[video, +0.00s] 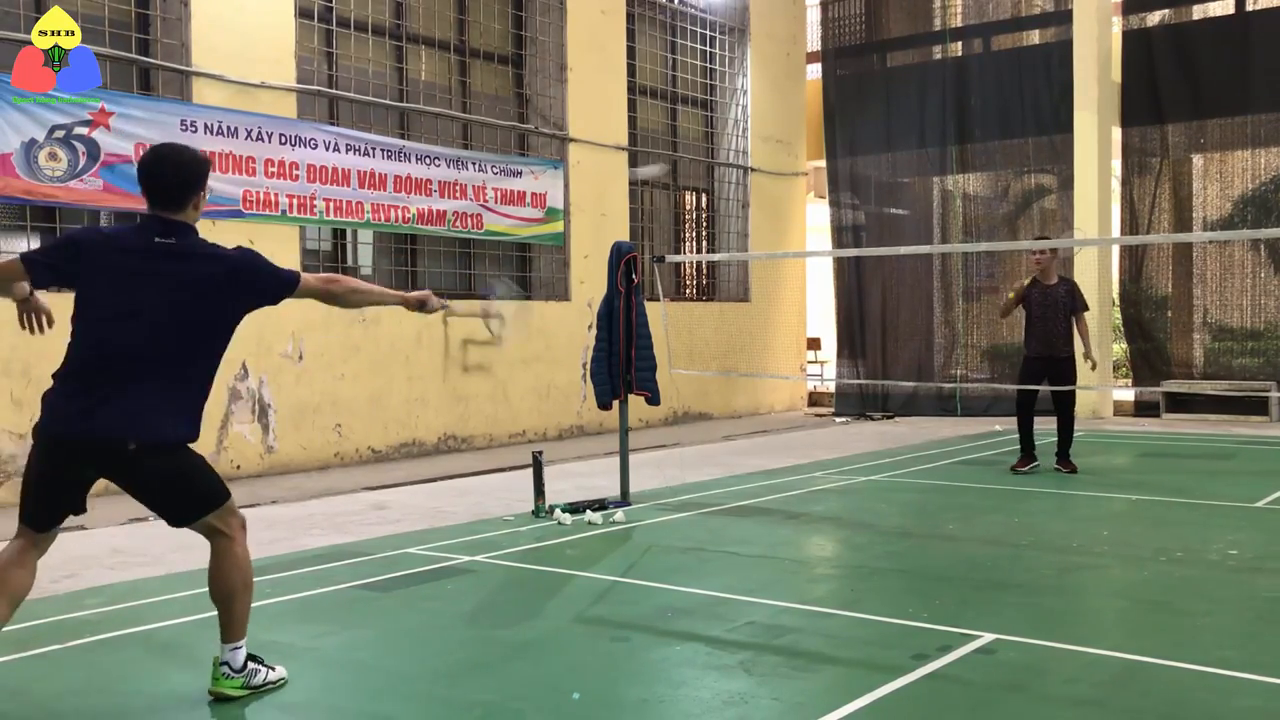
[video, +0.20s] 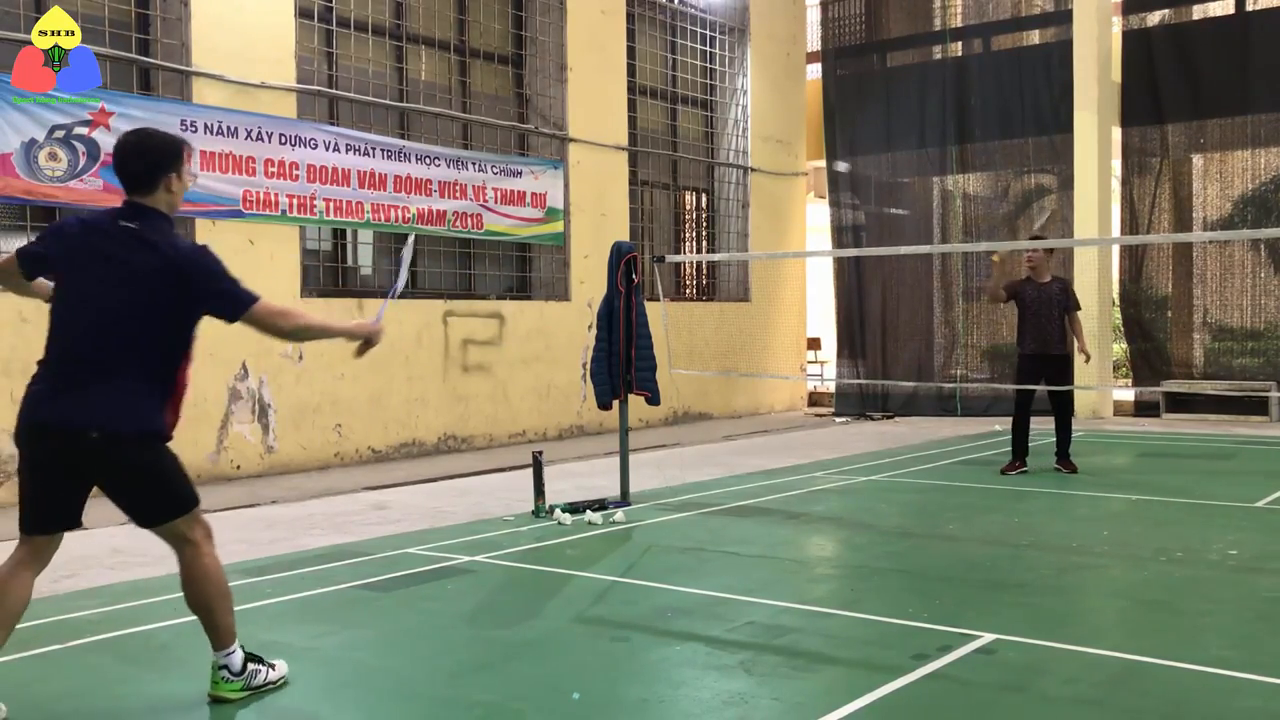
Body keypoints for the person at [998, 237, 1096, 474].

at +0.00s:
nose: (1036, 257)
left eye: (1042, 253)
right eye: (1033, 253)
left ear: (1053, 255)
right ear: (1029, 257)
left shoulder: (1068, 286)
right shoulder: (1027, 287)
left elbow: (1080, 319)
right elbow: (1003, 313)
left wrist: (1088, 350)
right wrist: (1015, 294)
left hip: (1063, 357)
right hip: (1034, 356)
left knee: (1065, 409)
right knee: (1023, 404)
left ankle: (1063, 458)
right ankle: (1027, 455)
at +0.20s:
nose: (1028, 255)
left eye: (1034, 251)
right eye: (1026, 251)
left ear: (1047, 255)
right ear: (1024, 256)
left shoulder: (1062, 285)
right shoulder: (1021, 285)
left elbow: (1073, 317)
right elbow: (994, 296)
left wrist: (1081, 343)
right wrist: (997, 272)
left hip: (1058, 356)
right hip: (1029, 356)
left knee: (1063, 410)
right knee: (1021, 409)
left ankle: (1063, 458)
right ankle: (1018, 459)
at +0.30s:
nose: (1021, 254)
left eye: (1027, 251)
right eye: (1021, 251)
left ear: (1041, 255)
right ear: (1021, 256)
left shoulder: (1057, 285)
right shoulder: (1016, 284)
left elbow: (1069, 317)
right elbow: (988, 285)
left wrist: (1082, 345)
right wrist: (972, 266)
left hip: (1054, 355)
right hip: (1025, 355)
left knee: (1061, 408)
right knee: (1019, 408)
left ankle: (1063, 458)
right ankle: (1018, 459)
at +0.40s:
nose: (1018, 256)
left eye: (1023, 252)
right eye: (1017, 252)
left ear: (1038, 255)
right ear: (1018, 257)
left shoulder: (1053, 285)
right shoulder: (1010, 285)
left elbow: (1067, 318)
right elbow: (980, 285)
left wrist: (1080, 347)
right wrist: (955, 279)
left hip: (1049, 355)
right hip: (1021, 355)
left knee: (1059, 407)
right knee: (1016, 409)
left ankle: (1062, 455)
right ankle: (1018, 459)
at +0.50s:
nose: (1018, 255)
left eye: (1023, 251)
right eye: (1017, 252)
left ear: (1037, 255)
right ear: (1017, 257)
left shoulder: (1052, 286)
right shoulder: (1008, 287)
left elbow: (1065, 321)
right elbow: (983, 308)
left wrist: (1077, 351)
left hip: (1044, 357)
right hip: (1016, 358)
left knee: (1054, 407)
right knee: (1013, 411)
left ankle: (1060, 452)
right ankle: (1017, 459)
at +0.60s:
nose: (1016, 255)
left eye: (1022, 251)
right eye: (1015, 251)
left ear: (1036, 256)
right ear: (1013, 256)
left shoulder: (1050, 287)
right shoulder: (1006, 288)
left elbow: (1061, 320)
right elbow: (992, 321)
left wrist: (1071, 350)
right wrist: (978, 350)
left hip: (1042, 357)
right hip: (1014, 357)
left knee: (1051, 405)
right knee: (1012, 410)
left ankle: (1056, 450)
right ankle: (1017, 459)